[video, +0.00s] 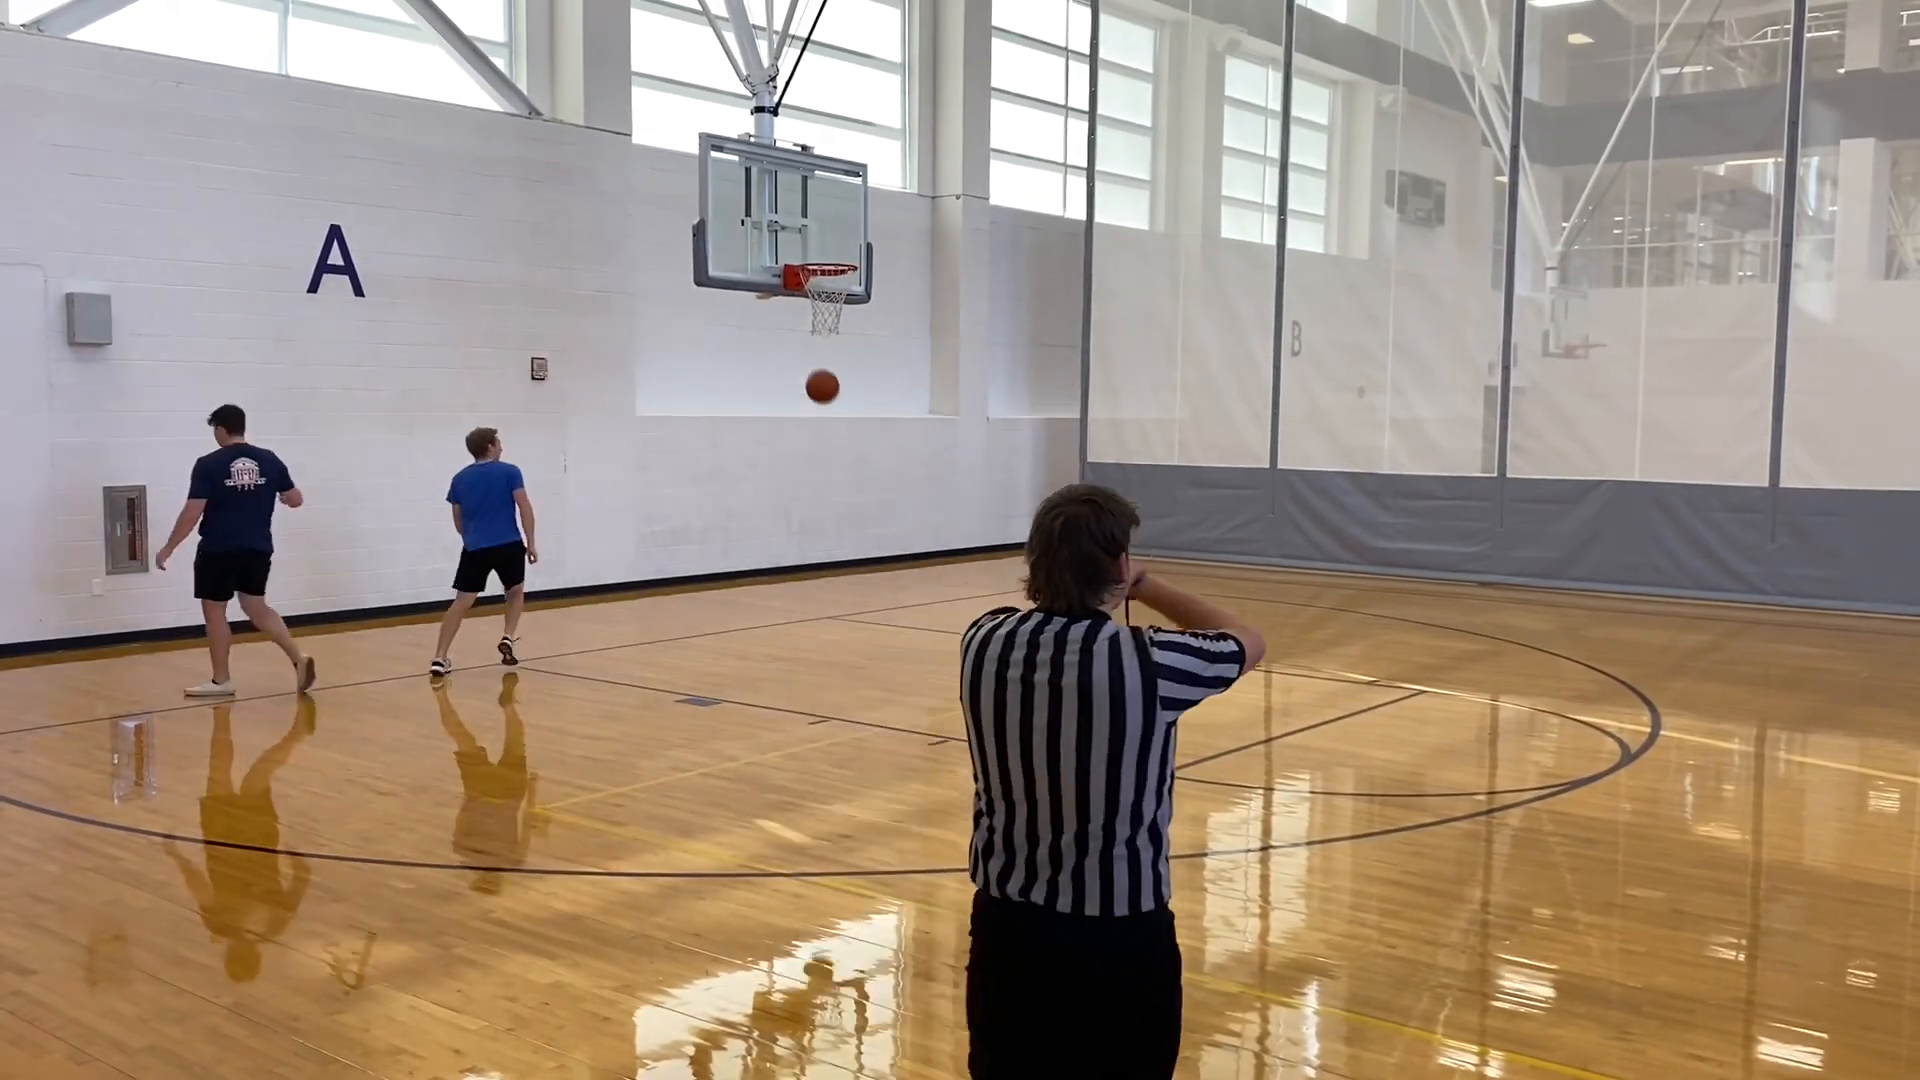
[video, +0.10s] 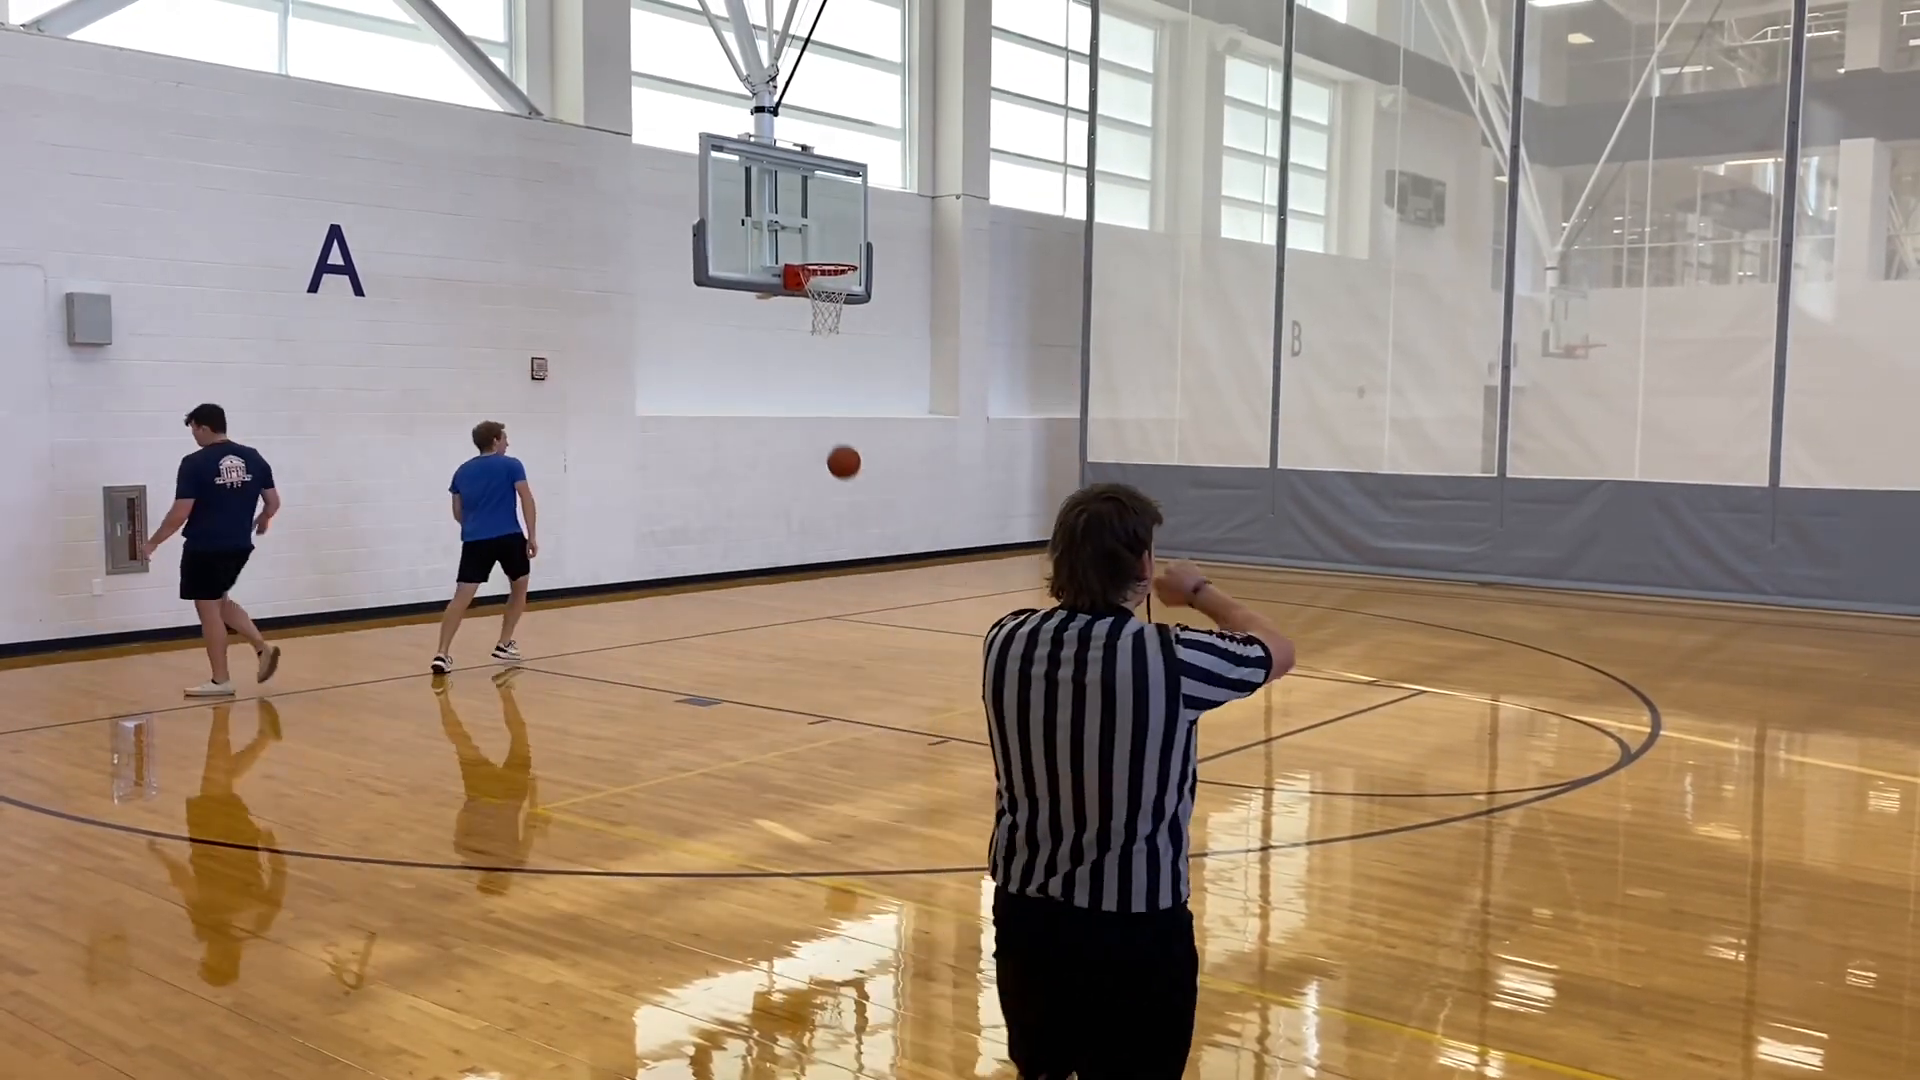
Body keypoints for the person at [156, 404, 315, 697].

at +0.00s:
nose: (215, 436)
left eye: (214, 431)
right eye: (214, 432)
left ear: (221, 430)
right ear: (243, 429)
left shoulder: (208, 464)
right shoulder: (268, 459)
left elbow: (192, 513)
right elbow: (295, 499)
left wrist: (168, 547)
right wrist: (272, 485)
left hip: (217, 552)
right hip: (257, 550)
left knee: (215, 614)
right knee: (255, 605)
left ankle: (221, 680)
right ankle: (298, 659)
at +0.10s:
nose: (193, 435)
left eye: (194, 429)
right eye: (193, 430)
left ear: (203, 428)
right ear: (222, 427)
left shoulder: (194, 463)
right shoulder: (251, 457)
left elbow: (181, 514)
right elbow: (273, 501)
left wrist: (152, 543)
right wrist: (265, 518)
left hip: (205, 548)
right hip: (239, 546)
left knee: (209, 611)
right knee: (220, 601)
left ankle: (221, 680)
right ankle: (263, 647)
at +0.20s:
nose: (176, 433)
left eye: (177, 428)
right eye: (175, 428)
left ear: (188, 426)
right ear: (204, 426)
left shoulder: (181, 459)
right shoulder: (235, 455)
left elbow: (169, 508)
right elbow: (254, 501)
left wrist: (142, 530)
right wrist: (241, 530)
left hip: (191, 545)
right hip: (221, 544)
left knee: (204, 610)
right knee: (182, 598)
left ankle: (219, 678)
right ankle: (220, 657)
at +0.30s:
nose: (159, 432)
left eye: (161, 426)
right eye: (159, 426)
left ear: (174, 425)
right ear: (187, 425)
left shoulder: (167, 460)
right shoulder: (218, 455)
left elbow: (157, 508)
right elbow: (233, 502)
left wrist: (127, 524)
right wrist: (220, 535)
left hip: (178, 546)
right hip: (204, 543)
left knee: (200, 610)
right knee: (161, 598)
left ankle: (221, 679)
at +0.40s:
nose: (143, 434)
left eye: (144, 428)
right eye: (142, 428)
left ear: (158, 428)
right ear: (170, 427)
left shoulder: (155, 462)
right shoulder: (198, 458)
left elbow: (146, 510)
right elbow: (209, 505)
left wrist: (111, 529)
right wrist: (198, 539)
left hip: (163, 550)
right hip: (185, 547)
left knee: (188, 612)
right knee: (149, 607)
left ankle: (220, 679)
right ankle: (130, 676)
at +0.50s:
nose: (125, 435)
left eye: (128, 429)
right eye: (125, 429)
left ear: (143, 428)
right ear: (150, 429)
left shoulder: (148, 461)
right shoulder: (172, 455)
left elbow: (139, 511)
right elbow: (169, 508)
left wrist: (101, 538)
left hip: (150, 551)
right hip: (163, 548)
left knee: (164, 613)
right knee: (135, 610)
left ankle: (214, 672)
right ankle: (126, 679)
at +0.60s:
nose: (110, 431)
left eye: (113, 425)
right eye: (109, 426)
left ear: (131, 424)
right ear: (133, 426)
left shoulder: (138, 457)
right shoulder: (143, 452)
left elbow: (136, 509)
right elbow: (141, 507)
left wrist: (106, 548)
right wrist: (114, 547)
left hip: (139, 547)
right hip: (141, 545)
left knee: (126, 610)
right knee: (126, 611)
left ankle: (187, 663)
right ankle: (126, 680)